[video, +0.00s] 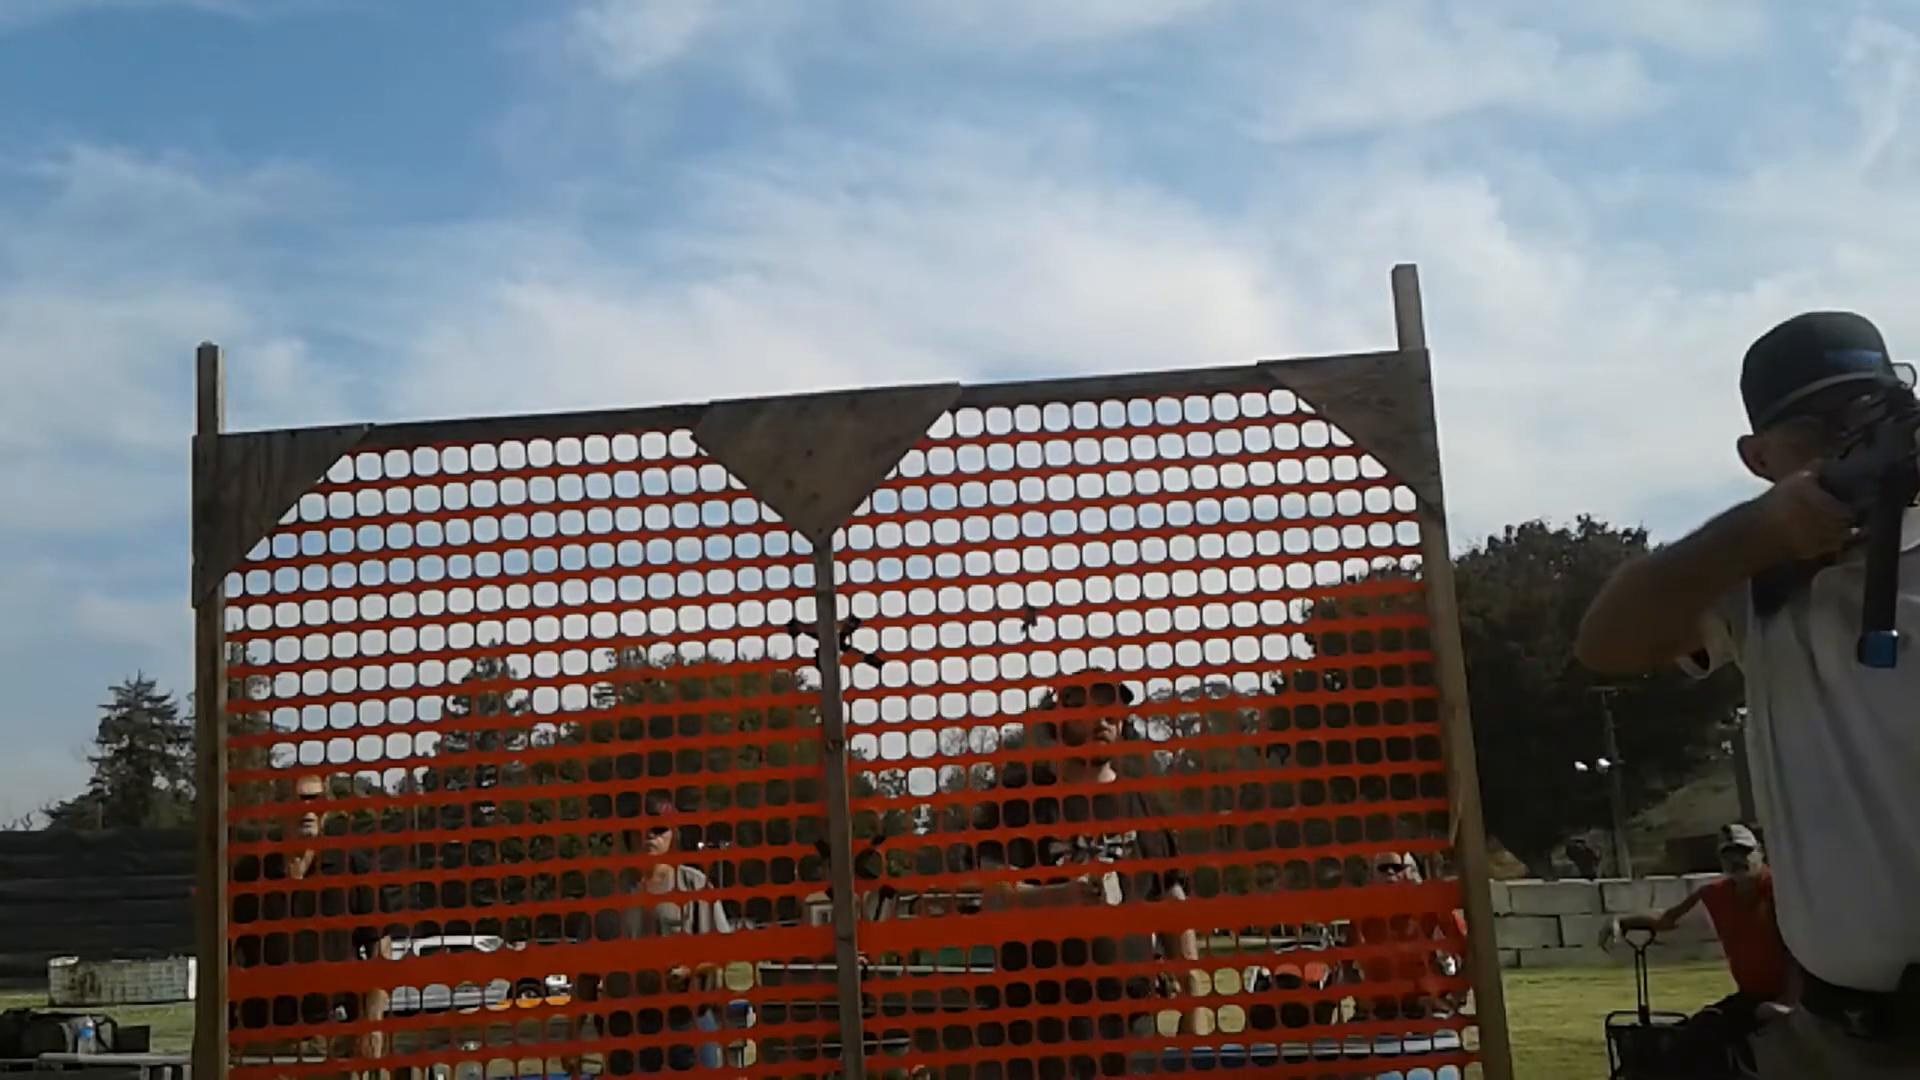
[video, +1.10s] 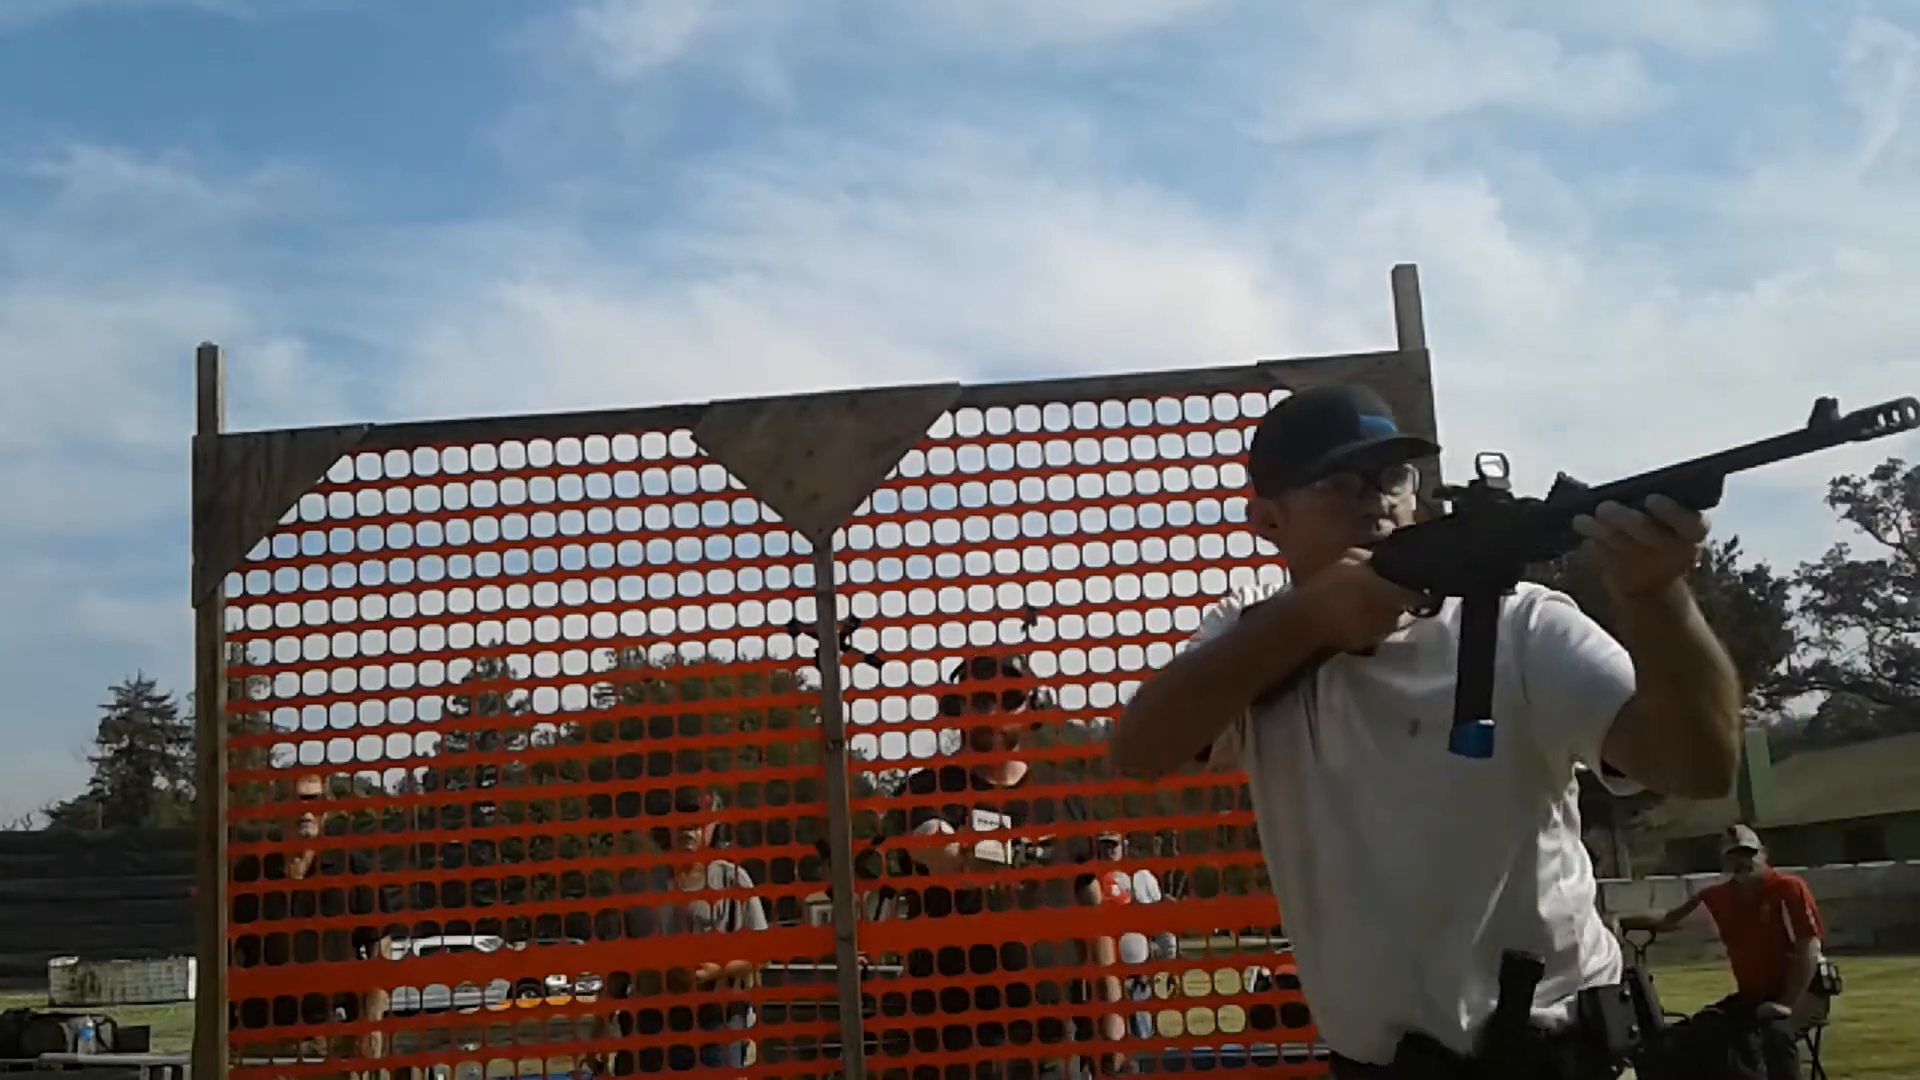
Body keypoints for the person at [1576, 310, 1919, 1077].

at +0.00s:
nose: (1850, 449)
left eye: (1868, 415)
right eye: (1816, 429)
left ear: (1899, 416)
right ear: (1759, 457)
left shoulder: (1916, 539)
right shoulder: (1764, 574)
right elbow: (1603, 643)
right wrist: (1770, 527)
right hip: (1821, 1025)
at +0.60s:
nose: (1760, 448)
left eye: (1785, 417)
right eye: (1727, 430)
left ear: (1850, 423)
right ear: (1699, 464)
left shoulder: (1907, 542)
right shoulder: (1711, 592)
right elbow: (1562, 705)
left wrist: (1891, 555)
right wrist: (1682, 580)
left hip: (1905, 1035)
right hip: (1766, 1039)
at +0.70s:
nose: (1701, 449)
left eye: (1722, 422)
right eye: (1667, 430)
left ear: (1769, 444)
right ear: (1618, 473)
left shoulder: (1862, 580)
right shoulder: (1622, 617)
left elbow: (1912, 780)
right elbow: (1478, 729)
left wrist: (1771, 644)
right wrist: (1580, 624)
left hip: (1885, 1035)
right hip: (1716, 1043)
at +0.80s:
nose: (1624, 466)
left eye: (1642, 439)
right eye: (1587, 446)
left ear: (1676, 463)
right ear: (1526, 486)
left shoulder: (1769, 596)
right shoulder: (1519, 630)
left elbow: (1861, 802)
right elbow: (1378, 742)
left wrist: (1700, 676)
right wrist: (1483, 641)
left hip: (1817, 1038)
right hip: (1636, 1047)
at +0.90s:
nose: (1532, 487)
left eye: (1549, 462)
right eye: (1494, 466)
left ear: (1570, 482)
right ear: (1425, 502)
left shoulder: (1677, 613)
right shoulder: (1413, 635)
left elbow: (1802, 811)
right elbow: (1273, 743)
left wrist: (1673, 672)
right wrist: (1402, 643)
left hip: (1727, 1036)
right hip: (1539, 1052)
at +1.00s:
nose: (1448, 507)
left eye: (1460, 476)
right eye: (1409, 482)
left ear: (1483, 491)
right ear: (1337, 519)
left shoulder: (1570, 620)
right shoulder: (1327, 649)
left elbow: (1752, 788)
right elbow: (1193, 755)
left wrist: (1677, 630)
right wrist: (1346, 634)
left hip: (1648, 1036)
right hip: (1466, 1058)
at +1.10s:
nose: (1376, 505)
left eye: (1390, 478)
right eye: (1339, 483)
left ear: (1419, 497)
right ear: (1268, 516)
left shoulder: (1514, 623)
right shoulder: (1254, 643)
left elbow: (1702, 767)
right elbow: (1137, 748)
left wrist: (1656, 602)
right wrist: (1311, 616)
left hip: (1561, 1040)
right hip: (1378, 1055)